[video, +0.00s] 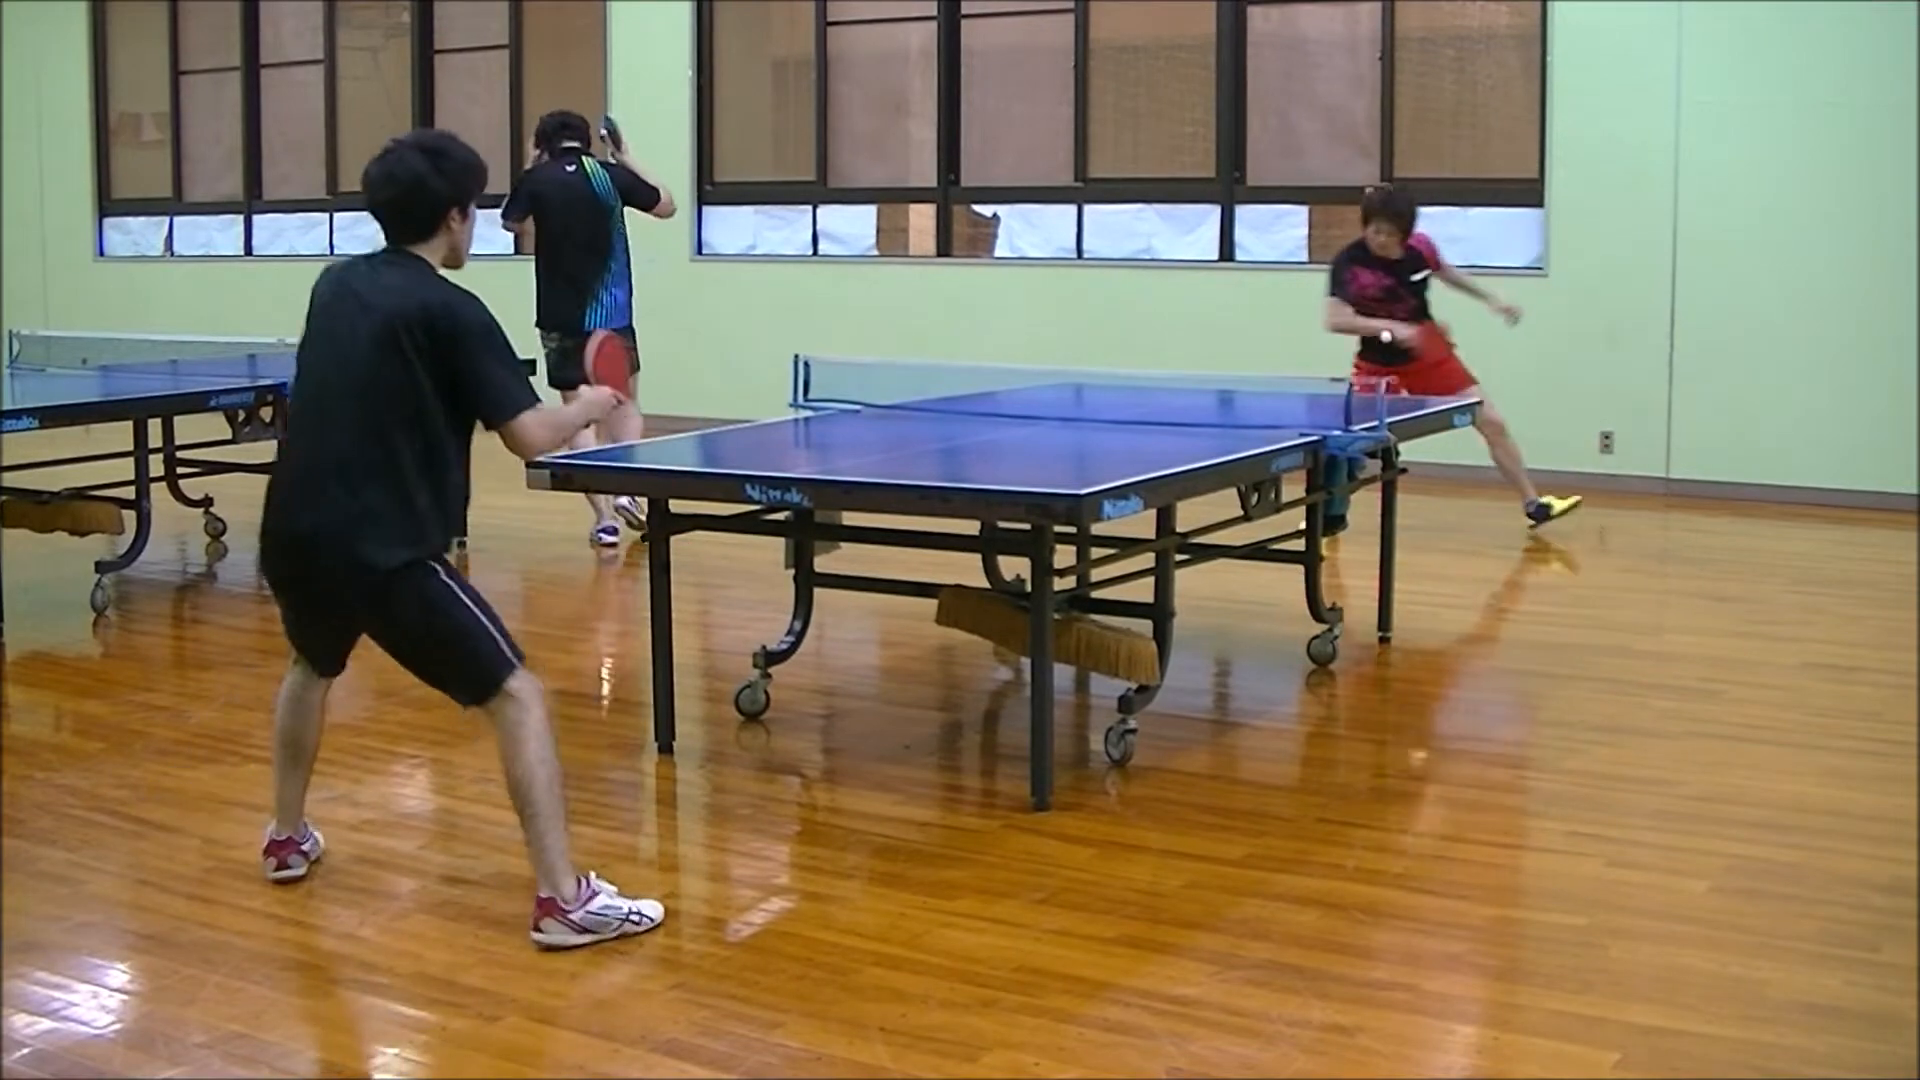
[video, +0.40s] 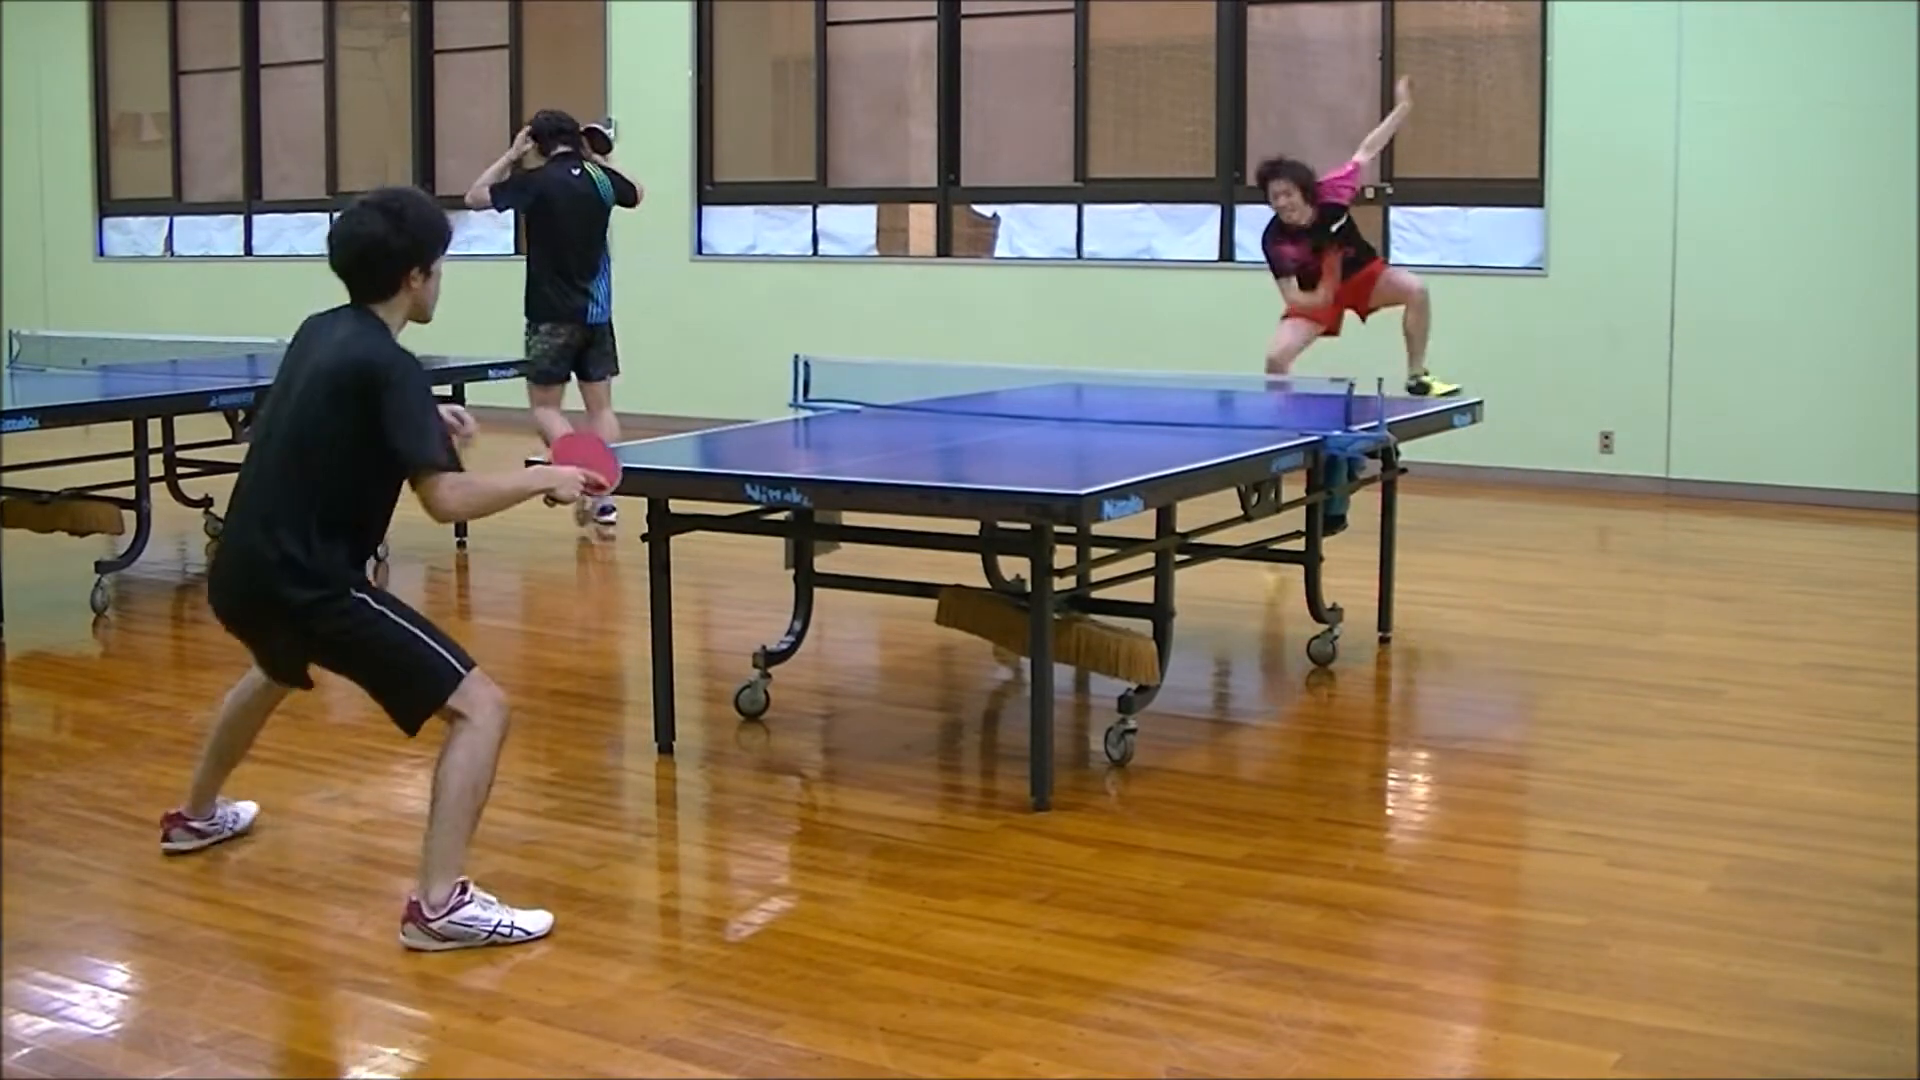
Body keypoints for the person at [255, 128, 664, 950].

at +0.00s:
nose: (478, 221)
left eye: (475, 207)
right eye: (474, 207)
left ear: (386, 214)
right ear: (453, 217)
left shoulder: (335, 284)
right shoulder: (447, 310)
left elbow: (325, 406)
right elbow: (532, 435)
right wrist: (590, 403)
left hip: (296, 539)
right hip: (385, 551)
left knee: (311, 667)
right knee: (516, 696)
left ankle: (285, 836)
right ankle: (565, 895)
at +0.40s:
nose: (439, 283)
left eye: (438, 267)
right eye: (437, 268)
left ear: (357, 270)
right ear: (415, 278)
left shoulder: (318, 331)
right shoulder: (392, 368)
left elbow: (320, 422)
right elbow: (448, 498)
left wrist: (420, 422)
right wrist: (544, 478)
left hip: (239, 572)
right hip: (309, 589)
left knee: (277, 668)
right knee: (481, 706)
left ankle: (193, 814)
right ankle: (438, 900)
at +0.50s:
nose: (435, 277)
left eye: (434, 261)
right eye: (431, 262)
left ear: (362, 265)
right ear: (404, 271)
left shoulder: (330, 327)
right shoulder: (362, 359)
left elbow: (353, 409)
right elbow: (399, 503)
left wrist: (446, 415)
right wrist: (512, 488)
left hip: (249, 553)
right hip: (296, 571)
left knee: (287, 673)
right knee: (449, 690)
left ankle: (192, 806)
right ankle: (440, 893)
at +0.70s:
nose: (434, 304)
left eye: (431, 292)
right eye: (425, 294)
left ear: (381, 311)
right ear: (388, 308)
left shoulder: (399, 364)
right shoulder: (308, 383)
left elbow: (463, 384)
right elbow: (325, 511)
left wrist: (395, 341)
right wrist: (369, 477)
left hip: (346, 576)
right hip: (289, 576)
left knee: (338, 723)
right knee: (413, 672)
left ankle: (181, 775)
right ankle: (397, 881)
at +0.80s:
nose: (434, 283)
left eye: (428, 271)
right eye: (423, 275)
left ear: (385, 295)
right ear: (389, 297)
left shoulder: (419, 340)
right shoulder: (322, 375)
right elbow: (376, 505)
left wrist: (465, 383)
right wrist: (362, 447)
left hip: (369, 553)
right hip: (307, 557)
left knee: (337, 705)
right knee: (427, 676)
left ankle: (185, 764)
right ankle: (396, 881)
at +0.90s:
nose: (451, 233)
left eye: (444, 221)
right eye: (438, 226)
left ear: (399, 250)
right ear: (405, 252)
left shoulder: (405, 297)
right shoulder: (373, 349)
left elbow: (430, 356)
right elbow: (451, 458)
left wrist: (483, 373)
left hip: (367, 514)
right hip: (329, 528)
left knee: (374, 639)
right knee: (455, 685)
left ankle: (252, 735)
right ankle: (398, 879)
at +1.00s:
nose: (470, 226)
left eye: (463, 213)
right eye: (458, 217)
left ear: (394, 234)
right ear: (425, 239)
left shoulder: (344, 287)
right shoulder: (444, 328)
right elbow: (559, 401)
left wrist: (422, 153)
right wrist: (643, 340)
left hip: (313, 521)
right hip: (382, 536)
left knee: (401, 570)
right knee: (479, 709)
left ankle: (369, 705)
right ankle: (415, 870)